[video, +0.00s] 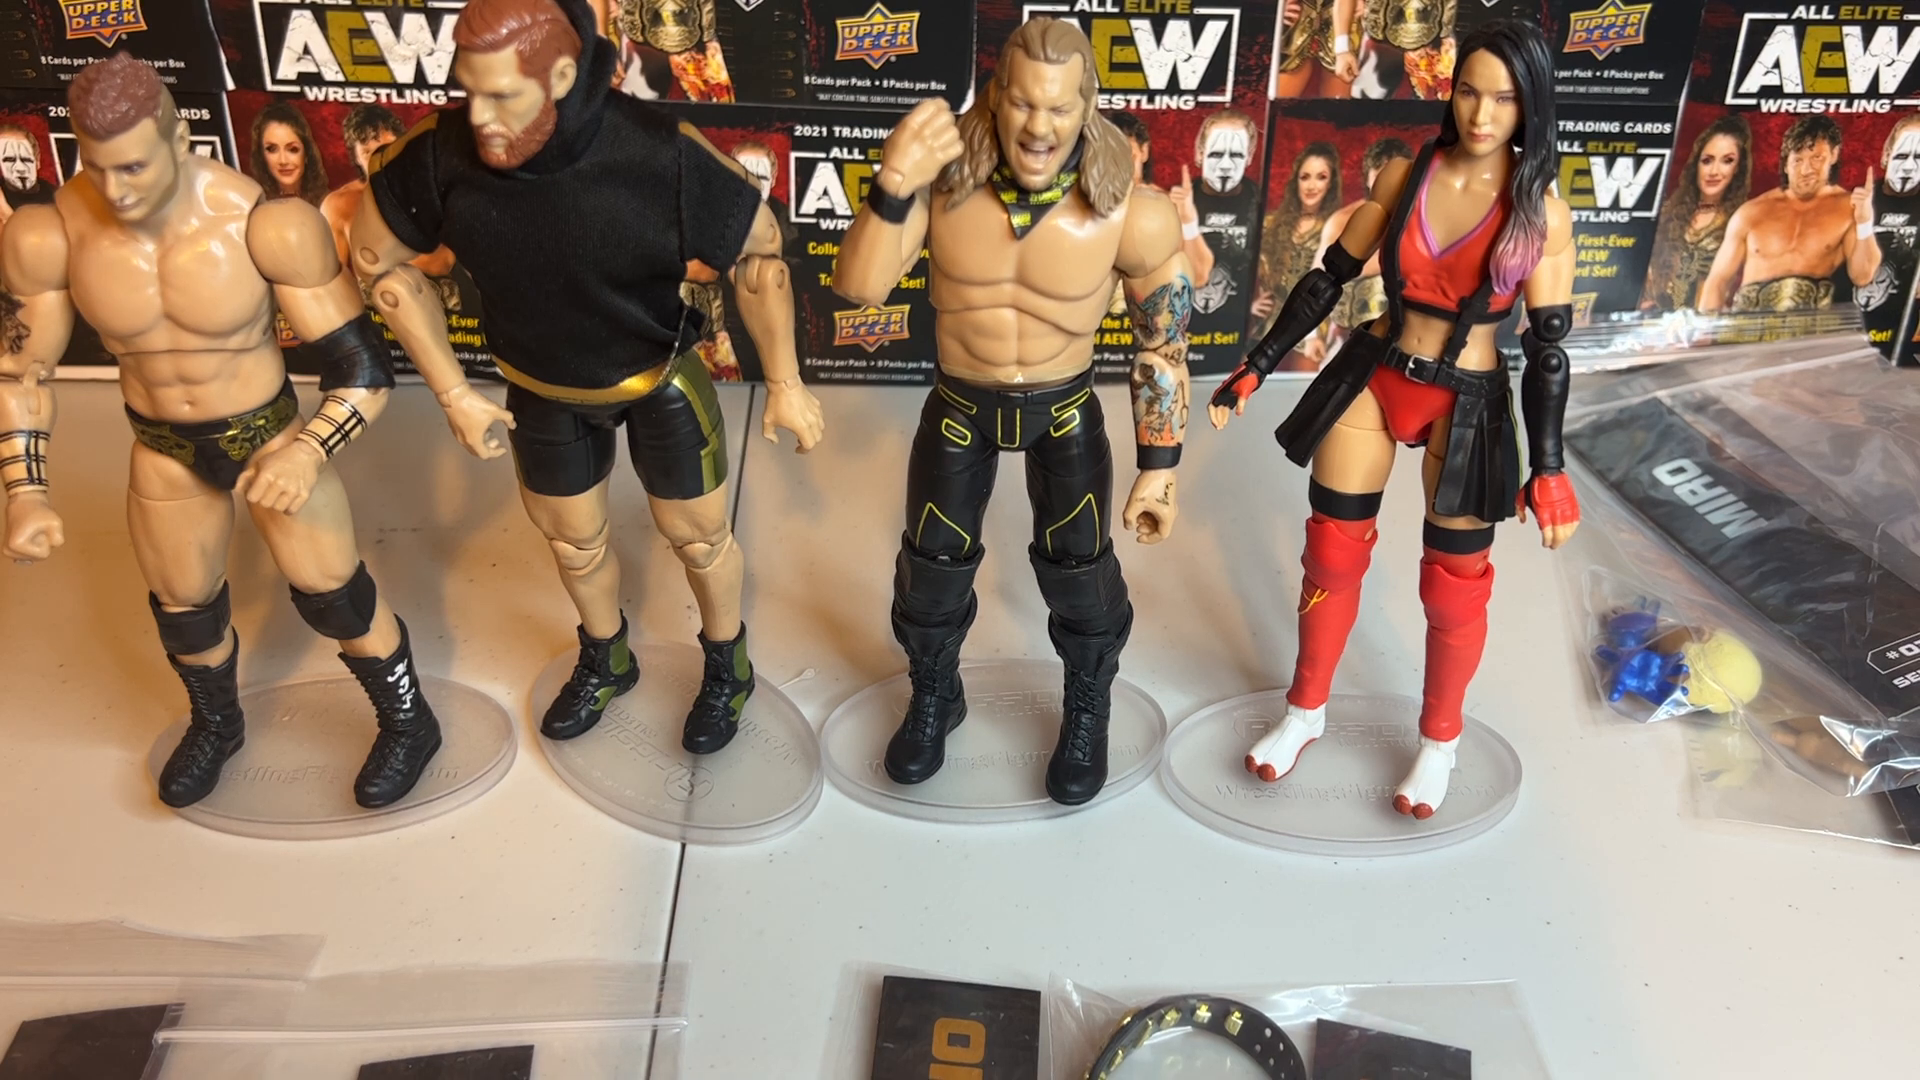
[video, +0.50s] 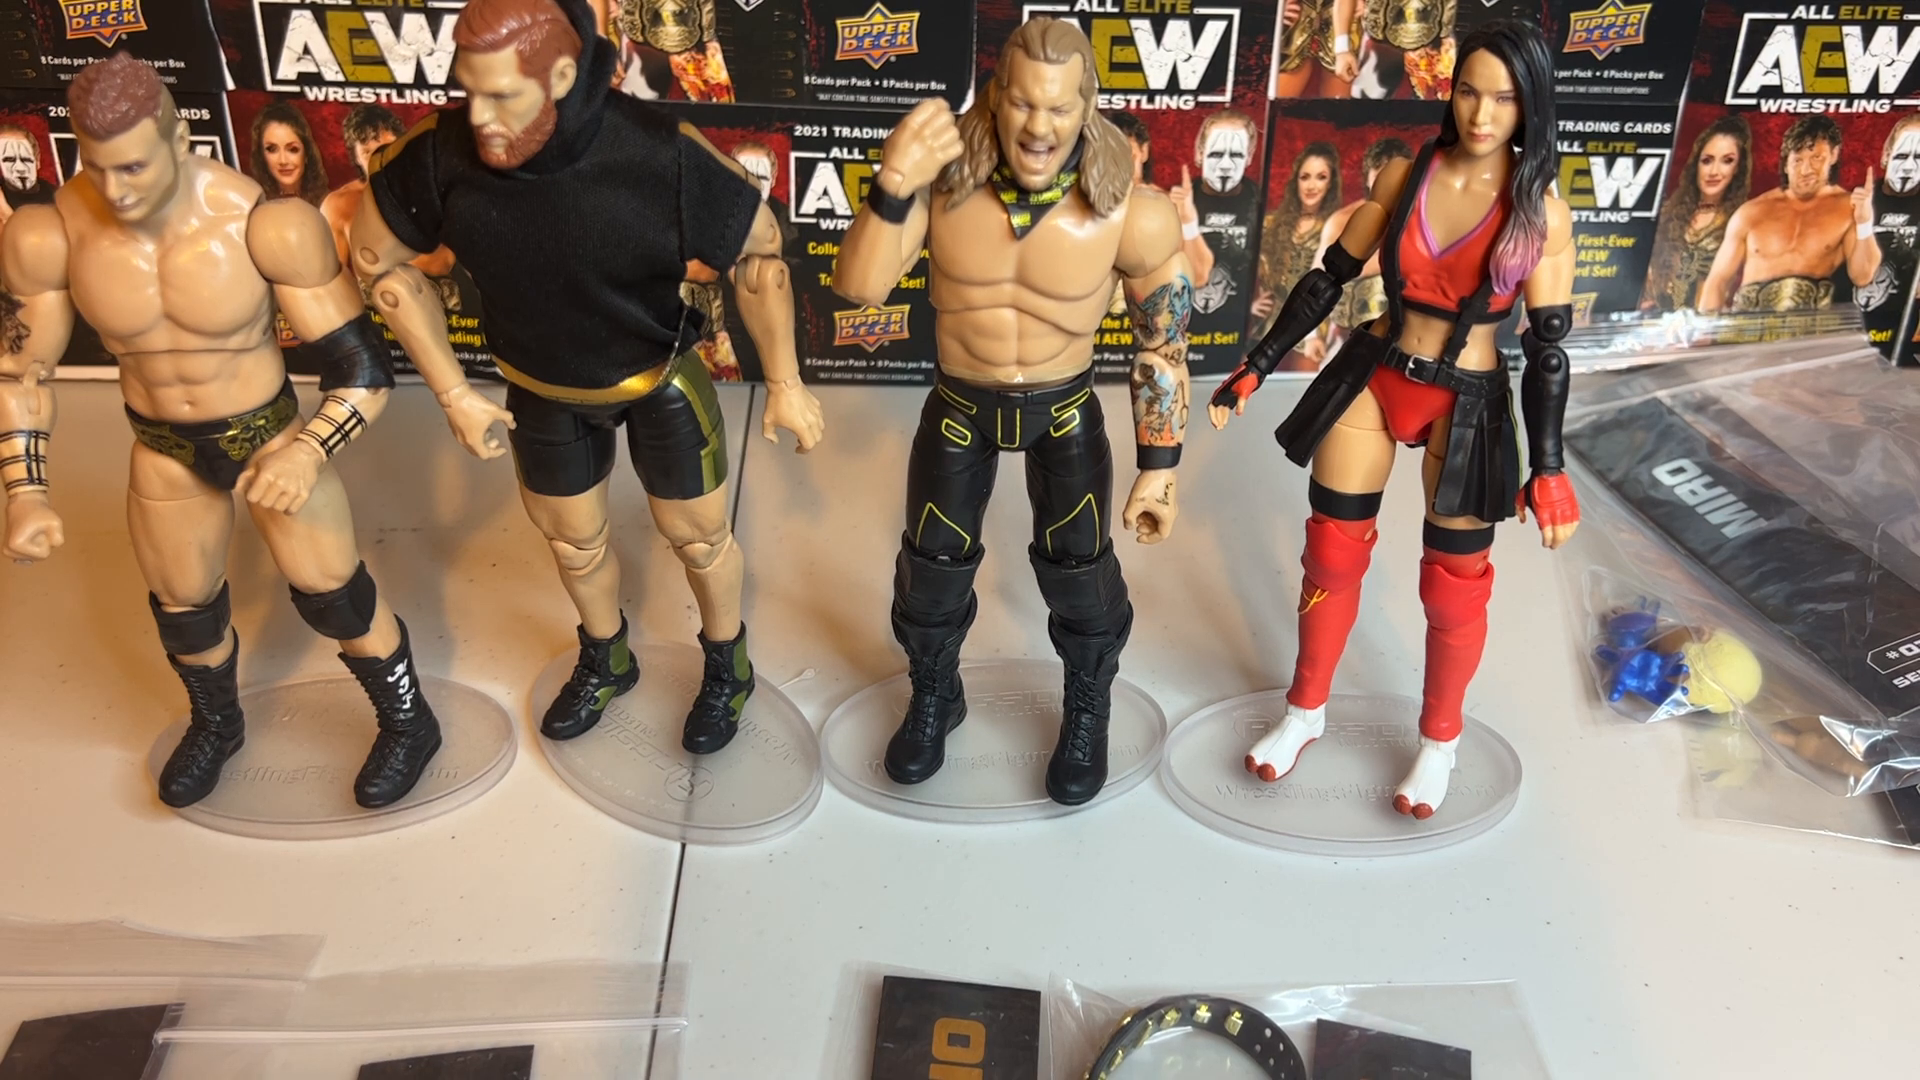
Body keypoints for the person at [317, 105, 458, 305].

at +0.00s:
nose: (380, 160)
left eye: (387, 150)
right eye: (369, 153)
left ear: (402, 147)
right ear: (355, 157)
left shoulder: (431, 191)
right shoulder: (339, 204)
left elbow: (443, 263)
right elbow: (337, 276)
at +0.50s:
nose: (380, 160)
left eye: (387, 149)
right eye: (369, 153)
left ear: (403, 147)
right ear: (356, 157)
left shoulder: (432, 190)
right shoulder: (338, 205)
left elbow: (442, 263)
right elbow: (337, 275)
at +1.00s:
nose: (380, 160)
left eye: (387, 150)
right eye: (369, 153)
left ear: (402, 147)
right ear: (356, 157)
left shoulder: (431, 190)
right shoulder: (339, 205)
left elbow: (443, 262)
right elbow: (337, 276)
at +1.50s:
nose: (379, 159)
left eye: (386, 149)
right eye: (368, 152)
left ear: (402, 147)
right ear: (355, 156)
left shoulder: (431, 191)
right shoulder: (338, 205)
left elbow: (442, 263)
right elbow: (337, 276)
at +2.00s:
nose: (380, 159)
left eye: (387, 149)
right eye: (369, 153)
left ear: (403, 147)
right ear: (356, 157)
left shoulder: (431, 191)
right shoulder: (338, 205)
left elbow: (443, 263)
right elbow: (337, 276)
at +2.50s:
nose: (380, 160)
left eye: (387, 150)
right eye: (369, 153)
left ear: (402, 147)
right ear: (356, 157)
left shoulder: (431, 191)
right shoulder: (339, 205)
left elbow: (443, 263)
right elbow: (336, 276)